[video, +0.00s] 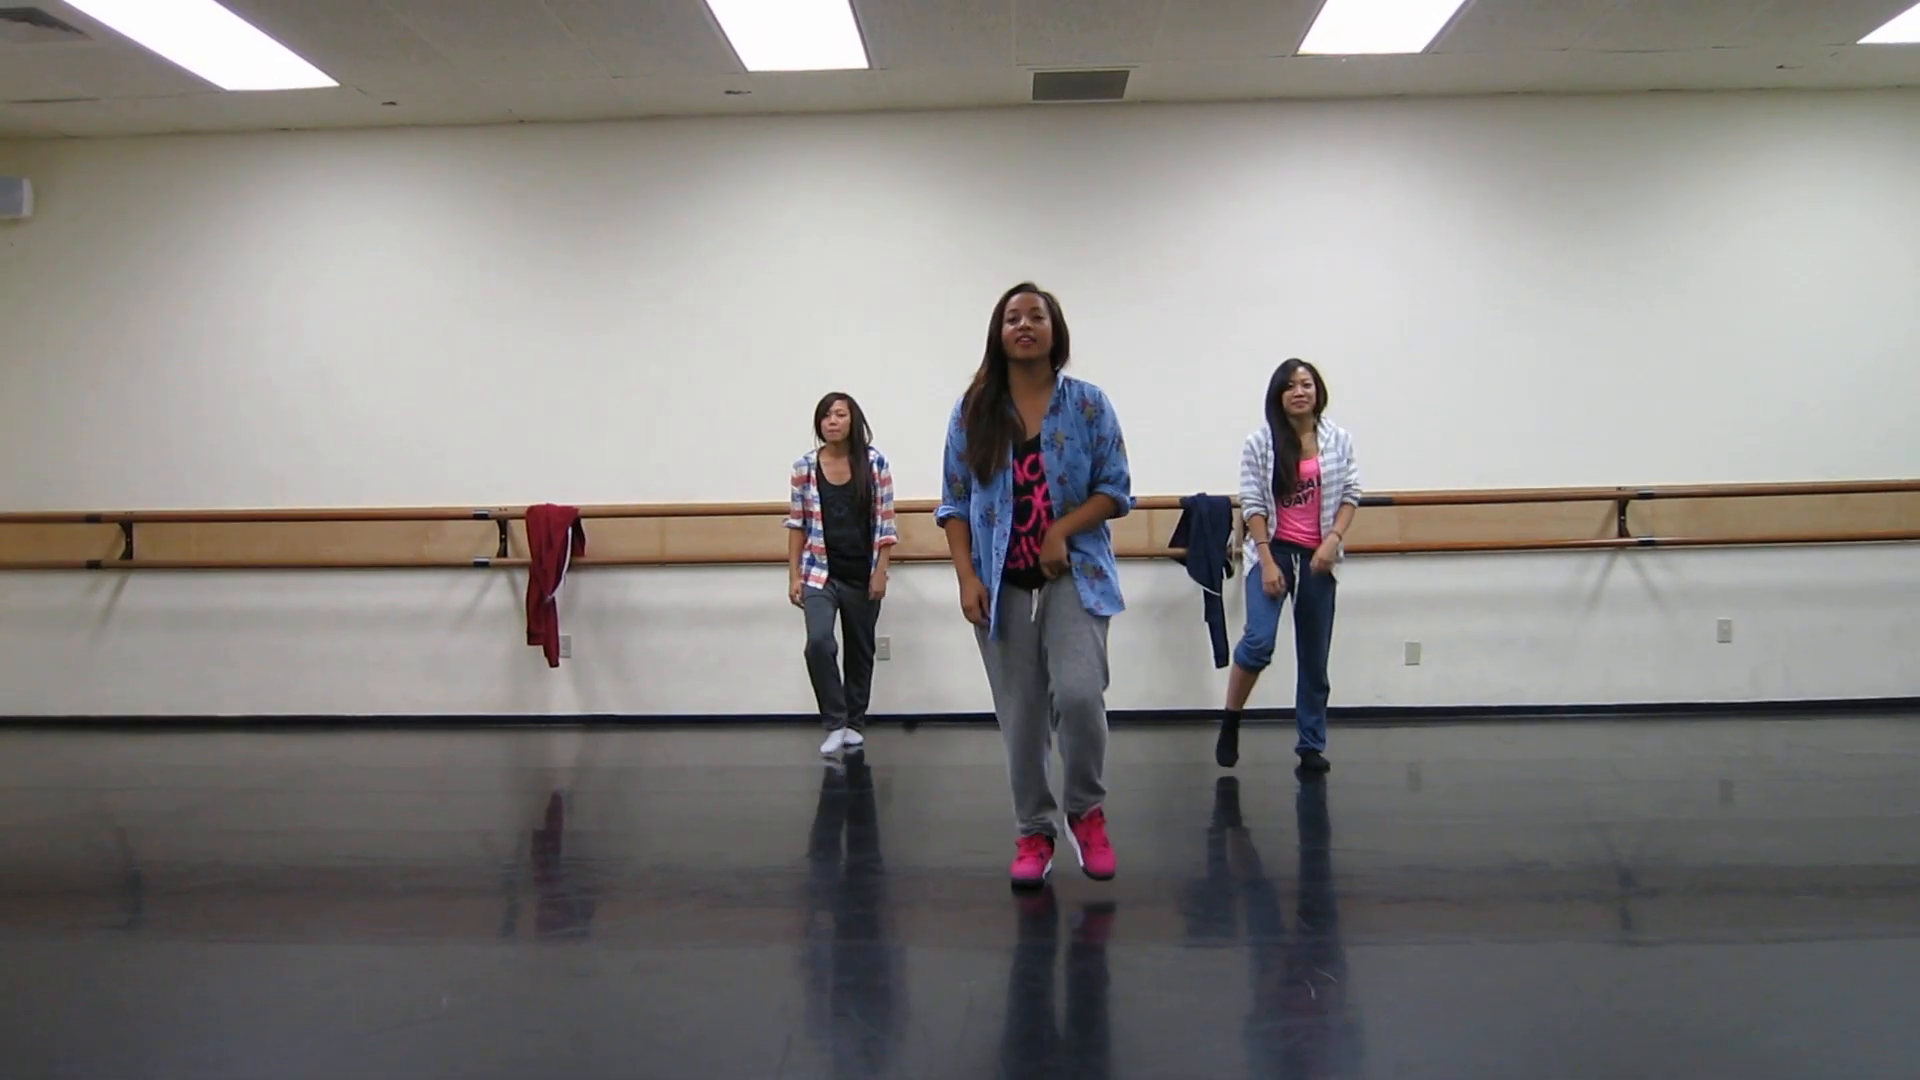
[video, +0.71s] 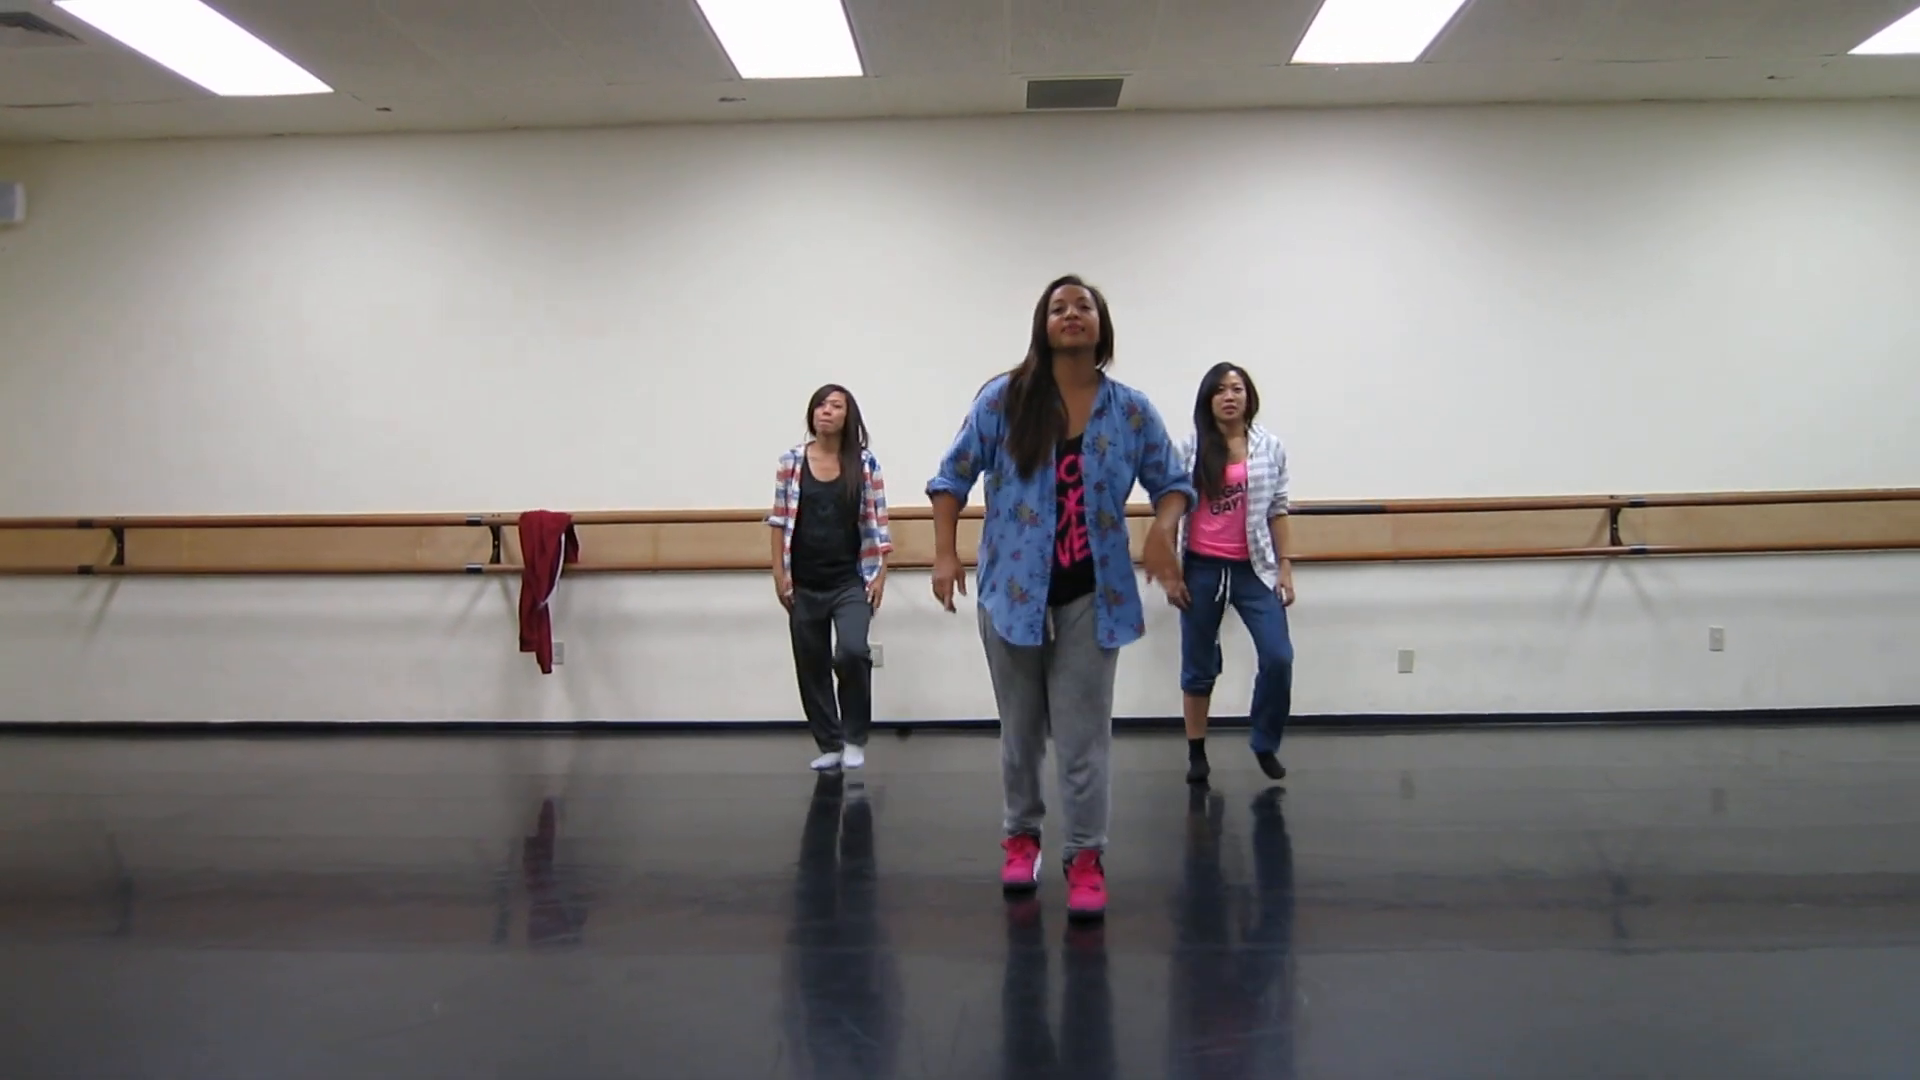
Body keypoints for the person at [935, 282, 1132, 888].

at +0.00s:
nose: (1024, 324)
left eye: (1036, 316)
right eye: (1013, 317)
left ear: (1056, 331)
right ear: (997, 334)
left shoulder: (1087, 402)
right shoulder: (972, 410)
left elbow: (1116, 490)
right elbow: (954, 502)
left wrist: (1062, 528)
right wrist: (966, 576)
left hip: (1074, 576)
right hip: (1002, 583)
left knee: (1078, 694)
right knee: (1019, 714)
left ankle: (1086, 815)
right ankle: (1034, 831)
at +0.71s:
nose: (1072, 313)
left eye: (1083, 305)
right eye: (1060, 306)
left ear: (1102, 323)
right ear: (1042, 326)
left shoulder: (1129, 406)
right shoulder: (1004, 399)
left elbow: (1172, 482)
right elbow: (950, 478)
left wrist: (1161, 531)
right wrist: (945, 551)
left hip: (1090, 598)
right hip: (1012, 598)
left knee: (1082, 735)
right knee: (1021, 731)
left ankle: (1086, 857)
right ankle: (1020, 837)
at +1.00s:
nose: (1059, 321)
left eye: (1070, 312)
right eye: (1046, 315)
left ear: (1090, 330)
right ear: (1028, 335)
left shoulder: (1119, 408)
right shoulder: (996, 405)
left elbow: (1171, 481)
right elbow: (945, 476)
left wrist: (1228, 434)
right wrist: (910, 411)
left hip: (1096, 601)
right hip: (1017, 603)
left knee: (1090, 741)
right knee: (1032, 732)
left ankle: (1088, 863)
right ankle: (996, 725)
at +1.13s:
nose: (1050, 335)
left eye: (1061, 325)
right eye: (1036, 329)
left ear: (1081, 341)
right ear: (1016, 348)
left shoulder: (1102, 409)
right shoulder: (990, 403)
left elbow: (1128, 464)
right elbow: (980, 436)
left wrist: (1092, 460)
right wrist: (1005, 406)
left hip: (1087, 597)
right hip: (1010, 600)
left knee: (1086, 740)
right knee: (1033, 733)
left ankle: (1091, 863)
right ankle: (1047, 873)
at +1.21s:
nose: (1046, 348)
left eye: (1058, 340)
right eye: (1033, 341)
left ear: (1076, 357)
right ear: (1013, 357)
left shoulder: (1093, 416)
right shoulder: (985, 407)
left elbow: (1086, 450)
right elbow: (971, 438)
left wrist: (1012, 428)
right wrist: (1047, 389)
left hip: (1075, 607)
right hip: (998, 608)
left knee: (1080, 747)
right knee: (1023, 726)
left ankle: (1086, 869)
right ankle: (1039, 853)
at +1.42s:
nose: (955, 321)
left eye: (966, 310)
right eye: (942, 316)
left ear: (995, 322)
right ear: (931, 336)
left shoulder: (1050, 378)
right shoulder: (920, 398)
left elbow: (1142, 375)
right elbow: (844, 407)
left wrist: (1084, 349)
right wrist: (875, 363)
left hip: (1044, 593)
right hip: (959, 597)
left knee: (1080, 722)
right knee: (926, 731)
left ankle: (1138, 843)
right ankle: (877, 863)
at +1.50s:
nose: (937, 333)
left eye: (950, 322)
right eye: (926, 327)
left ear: (977, 334)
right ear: (916, 346)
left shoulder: (1026, 393)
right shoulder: (900, 415)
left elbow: (1113, 386)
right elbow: (822, 425)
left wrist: (1034, 360)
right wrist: (864, 377)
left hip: (1027, 604)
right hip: (940, 611)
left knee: (1071, 738)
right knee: (918, 747)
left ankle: (1151, 841)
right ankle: (879, 868)